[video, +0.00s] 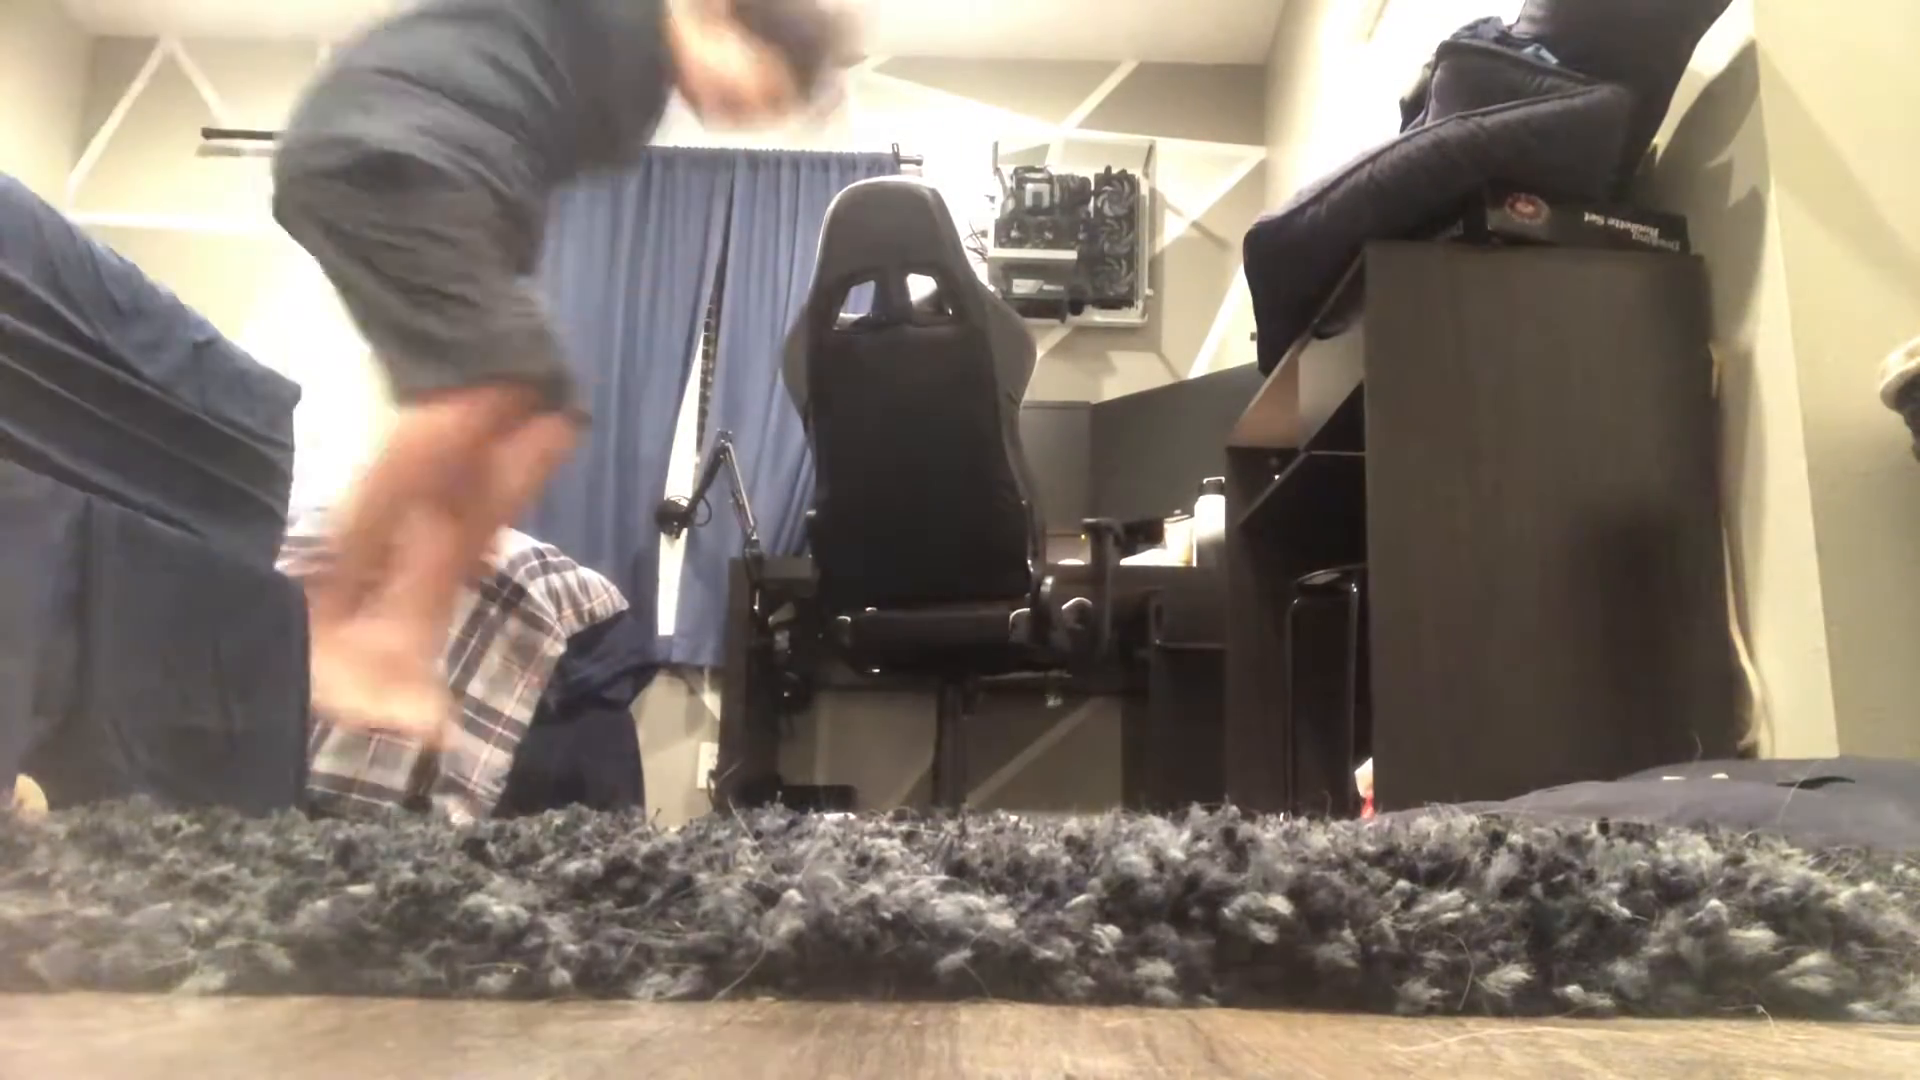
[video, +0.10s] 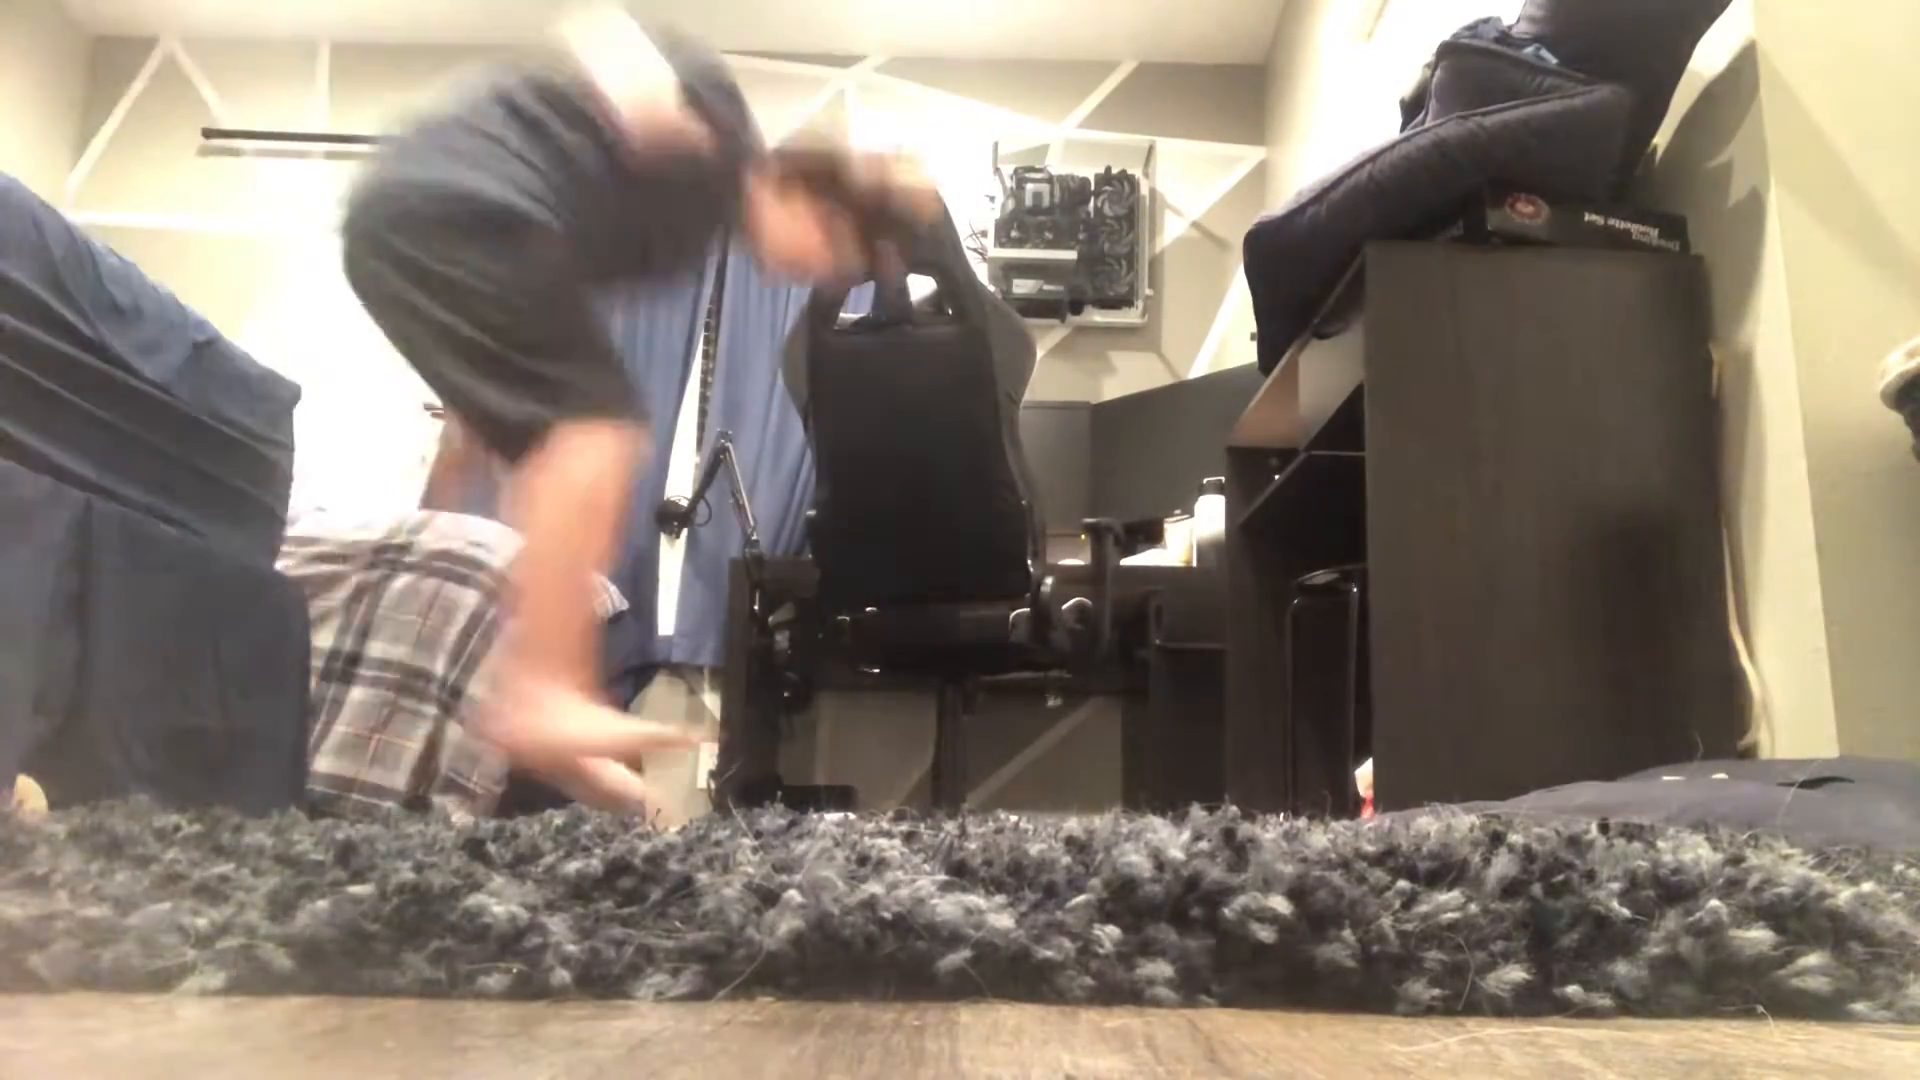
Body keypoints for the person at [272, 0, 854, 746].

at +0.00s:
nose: (747, 113)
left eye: (768, 109)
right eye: (759, 90)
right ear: (724, 18)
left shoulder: (631, 91)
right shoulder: (622, 23)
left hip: (449, 180)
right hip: (379, 147)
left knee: (541, 422)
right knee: (476, 382)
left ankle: (395, 651)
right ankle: (332, 624)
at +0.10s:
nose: (812, 275)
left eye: (835, 273)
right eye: (828, 254)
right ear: (811, 190)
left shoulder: (686, 225)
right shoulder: (713, 123)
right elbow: (588, 20)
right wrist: (634, 83)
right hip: (453, 200)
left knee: (563, 448)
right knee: (600, 429)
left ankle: (537, 698)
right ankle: (537, 686)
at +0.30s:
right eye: (905, 502)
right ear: (899, 439)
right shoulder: (849, 357)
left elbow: (563, 487)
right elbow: (866, 431)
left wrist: (447, 583)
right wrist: (885, 592)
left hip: (489, 366)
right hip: (602, 340)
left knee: (679, 592)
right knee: (793, 545)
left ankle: (580, 809)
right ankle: (721, 808)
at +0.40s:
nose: (927, 417)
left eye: (947, 411)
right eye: (947, 397)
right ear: (940, 343)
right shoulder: (874, 267)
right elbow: (832, 321)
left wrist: (582, 445)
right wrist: (818, 506)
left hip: (541, 329)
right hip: (654, 314)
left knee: (699, 581)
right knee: (786, 557)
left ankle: (592, 799)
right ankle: (725, 804)